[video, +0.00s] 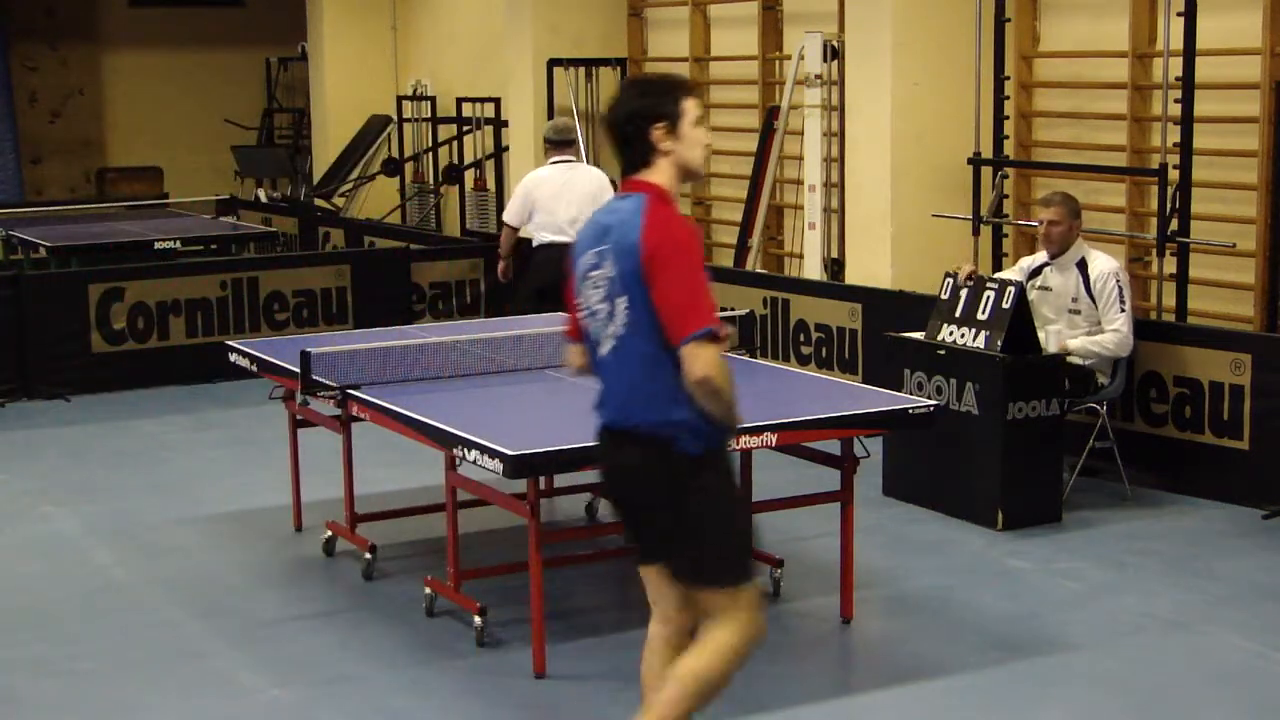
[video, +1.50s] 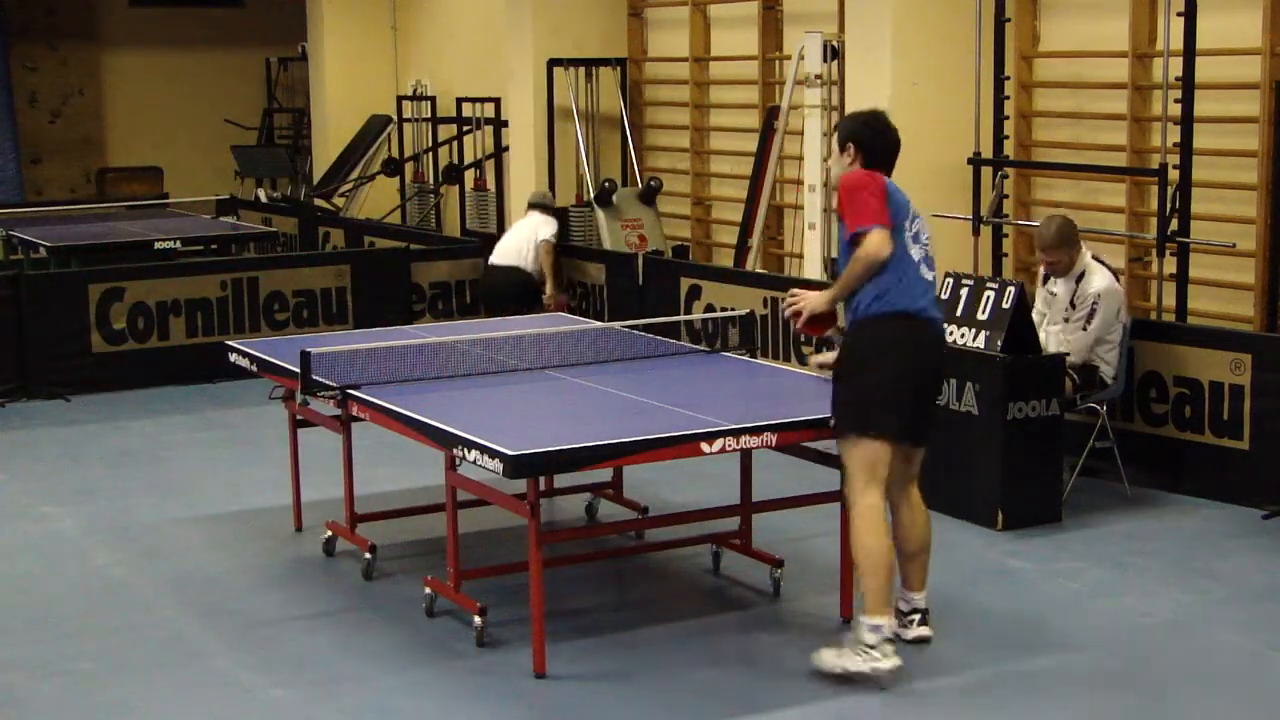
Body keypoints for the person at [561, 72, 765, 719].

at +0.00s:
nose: (709, 139)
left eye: (705, 124)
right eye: (699, 125)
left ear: (650, 137)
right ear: (662, 136)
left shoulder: (593, 228)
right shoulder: (666, 224)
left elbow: (579, 357)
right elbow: (702, 370)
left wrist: (667, 347)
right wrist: (732, 420)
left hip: (624, 446)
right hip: (679, 450)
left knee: (670, 614)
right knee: (739, 619)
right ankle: (658, 709)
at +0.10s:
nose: (749, 128)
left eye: (745, 115)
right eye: (738, 116)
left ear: (688, 130)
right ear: (702, 128)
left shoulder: (633, 217)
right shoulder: (697, 215)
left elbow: (651, 333)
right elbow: (729, 353)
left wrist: (734, 321)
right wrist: (769, 401)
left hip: (654, 437)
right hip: (717, 442)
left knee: (676, 609)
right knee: (788, 589)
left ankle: (668, 718)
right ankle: (739, 712)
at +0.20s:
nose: (783, 136)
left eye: (779, 123)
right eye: (774, 124)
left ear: (718, 138)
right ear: (744, 135)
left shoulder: (671, 216)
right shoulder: (738, 219)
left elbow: (689, 328)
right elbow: (770, 345)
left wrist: (776, 316)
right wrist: (805, 394)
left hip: (686, 439)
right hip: (754, 443)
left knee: (690, 610)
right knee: (811, 594)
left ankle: (673, 718)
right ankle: (833, 712)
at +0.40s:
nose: (848, 143)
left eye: (844, 132)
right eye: (844, 134)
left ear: (776, 146)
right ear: (832, 143)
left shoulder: (734, 221)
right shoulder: (823, 227)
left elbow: (711, 324)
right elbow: (875, 340)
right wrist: (906, 405)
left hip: (752, 429)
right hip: (827, 433)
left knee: (777, 577)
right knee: (862, 576)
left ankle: (711, 710)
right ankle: (876, 711)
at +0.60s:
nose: (886, 124)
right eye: (885, 117)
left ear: (820, 125)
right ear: (883, 127)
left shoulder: (775, 203)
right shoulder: (903, 211)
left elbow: (730, 307)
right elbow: (970, 322)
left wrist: (773, 318)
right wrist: (979, 401)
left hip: (796, 400)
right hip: (873, 406)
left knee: (822, 523)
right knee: (878, 558)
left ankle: (804, 671)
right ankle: (877, 710)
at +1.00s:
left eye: (846, 117)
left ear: (839, 128)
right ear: (898, 126)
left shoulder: (812, 202)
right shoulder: (936, 202)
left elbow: (792, 303)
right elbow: (977, 306)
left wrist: (778, 317)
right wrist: (948, 349)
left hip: (840, 387)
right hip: (914, 387)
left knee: (862, 519)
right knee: (922, 510)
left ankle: (883, 660)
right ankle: (919, 614)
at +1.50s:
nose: (834, 160)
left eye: (837, 151)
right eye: (836, 151)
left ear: (851, 152)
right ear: (884, 156)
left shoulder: (858, 182)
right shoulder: (903, 202)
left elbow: (876, 246)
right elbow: (903, 296)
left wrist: (830, 296)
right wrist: (847, 351)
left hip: (884, 340)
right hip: (927, 345)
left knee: (865, 490)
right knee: (904, 485)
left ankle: (875, 635)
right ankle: (914, 610)